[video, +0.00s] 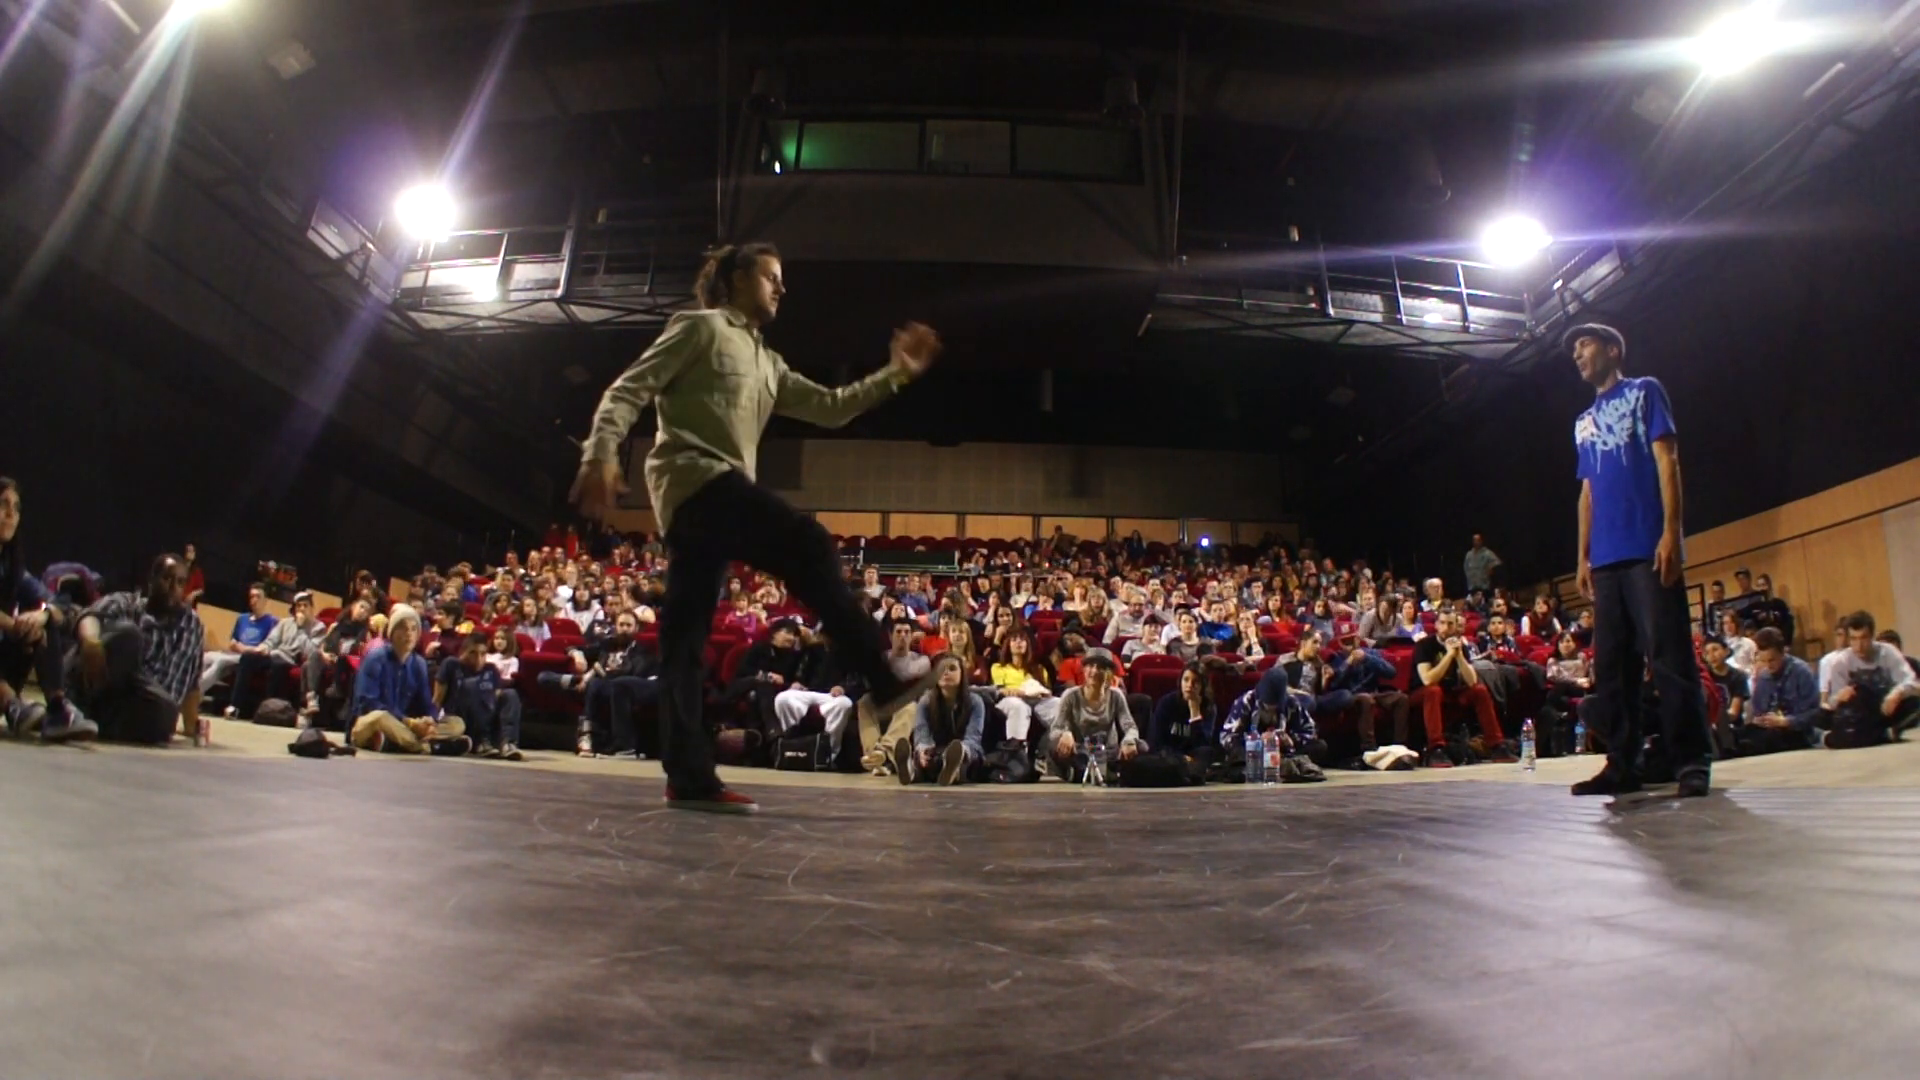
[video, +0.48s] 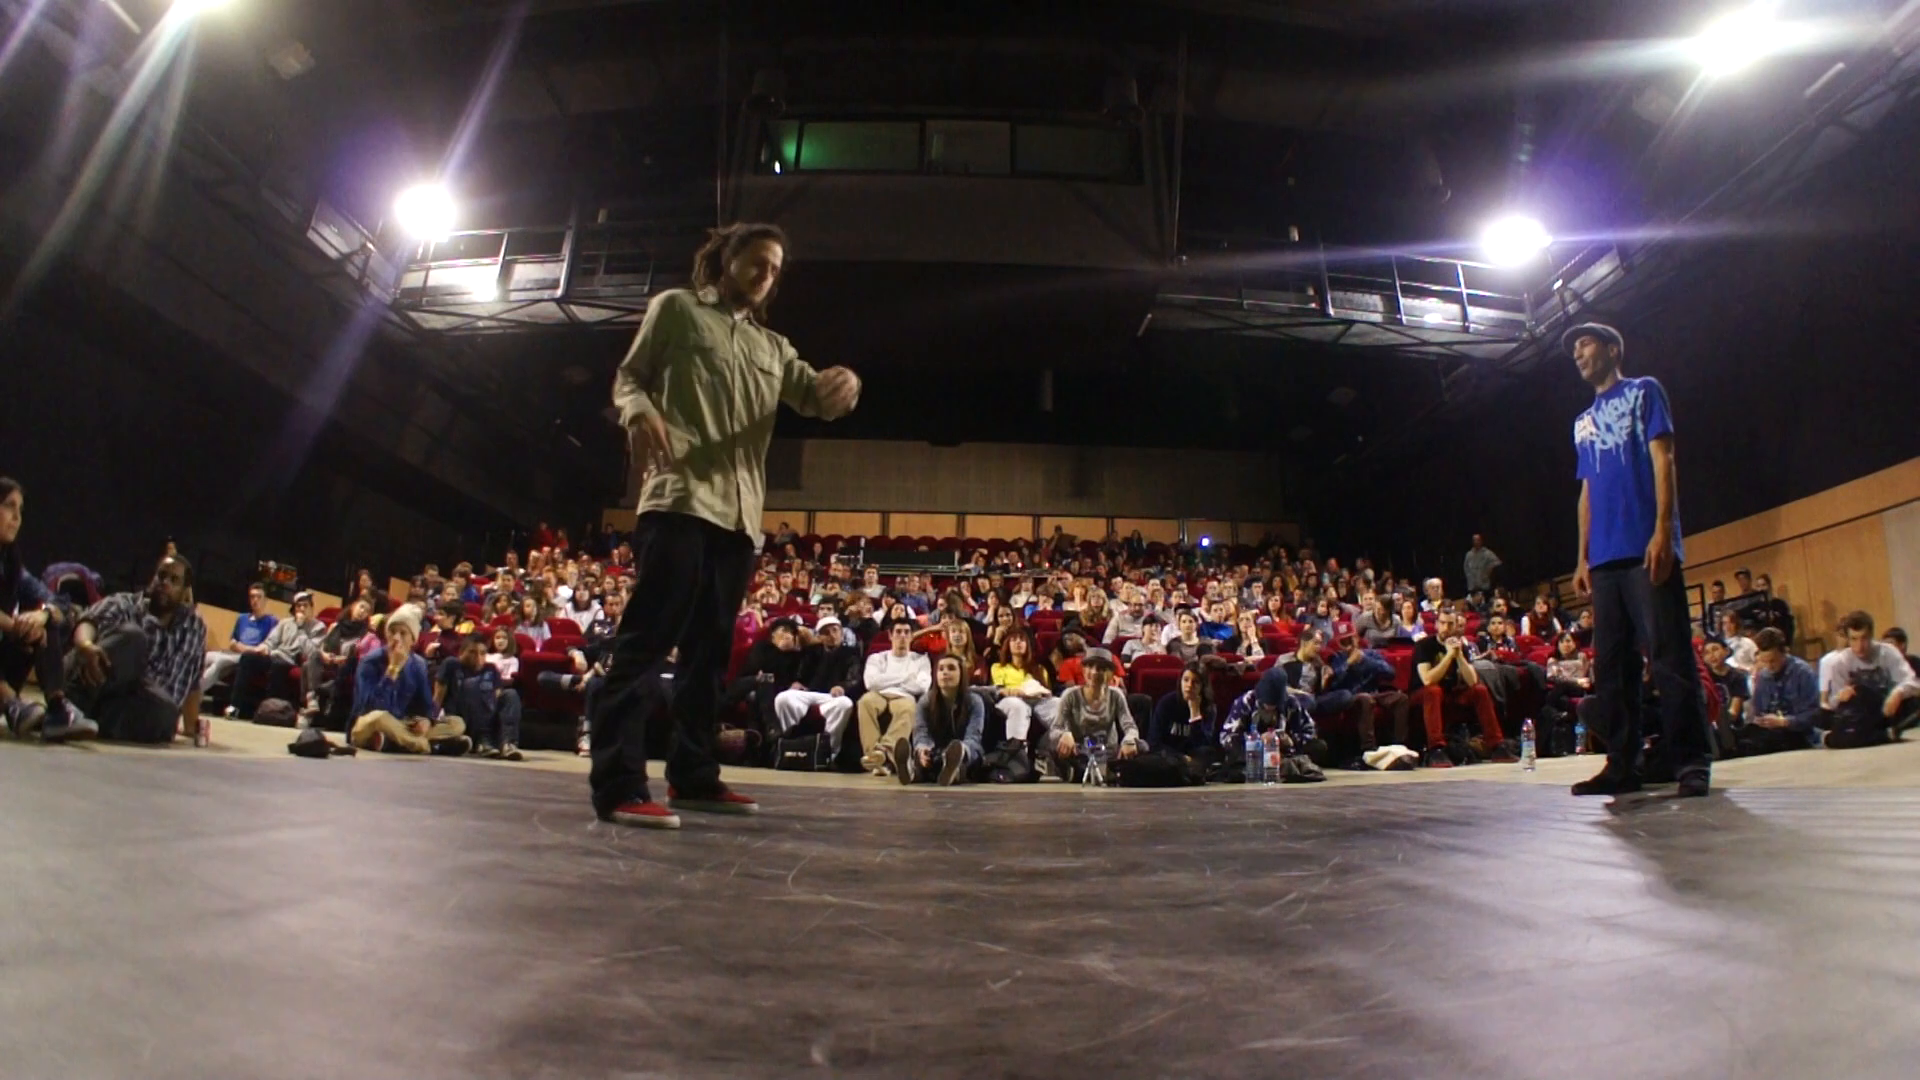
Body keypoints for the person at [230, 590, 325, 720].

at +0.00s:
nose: (302, 609)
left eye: (306, 606)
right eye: (299, 606)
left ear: (312, 609)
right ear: (294, 609)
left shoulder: (319, 628)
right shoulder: (286, 623)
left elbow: (310, 652)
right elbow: (271, 640)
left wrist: (301, 628)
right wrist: (264, 648)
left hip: (292, 660)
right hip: (273, 656)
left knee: (277, 666)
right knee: (248, 657)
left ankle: (270, 709)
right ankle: (235, 706)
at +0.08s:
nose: (302, 609)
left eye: (306, 606)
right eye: (298, 606)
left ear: (312, 609)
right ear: (294, 609)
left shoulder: (319, 628)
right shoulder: (285, 623)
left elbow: (310, 652)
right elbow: (271, 640)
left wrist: (301, 628)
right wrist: (264, 648)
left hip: (292, 660)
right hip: (273, 656)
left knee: (277, 666)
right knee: (247, 658)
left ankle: (271, 709)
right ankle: (235, 706)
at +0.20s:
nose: (302, 609)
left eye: (306, 606)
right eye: (299, 606)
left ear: (312, 609)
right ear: (294, 608)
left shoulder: (319, 628)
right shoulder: (286, 623)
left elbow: (310, 652)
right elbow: (271, 640)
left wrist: (301, 628)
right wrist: (264, 648)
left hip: (292, 660)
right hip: (273, 656)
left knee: (277, 666)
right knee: (247, 658)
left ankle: (271, 709)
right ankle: (235, 706)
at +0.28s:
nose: (302, 609)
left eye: (306, 606)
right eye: (299, 606)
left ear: (312, 609)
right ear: (294, 609)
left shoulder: (319, 628)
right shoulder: (286, 623)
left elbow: (310, 652)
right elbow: (271, 640)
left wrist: (301, 628)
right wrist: (264, 648)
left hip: (292, 660)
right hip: (273, 656)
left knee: (277, 666)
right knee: (247, 657)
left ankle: (271, 709)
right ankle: (235, 706)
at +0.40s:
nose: (302, 609)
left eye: (305, 606)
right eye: (299, 606)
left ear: (312, 608)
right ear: (294, 608)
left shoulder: (319, 628)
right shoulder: (285, 623)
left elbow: (310, 652)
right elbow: (271, 640)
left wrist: (300, 627)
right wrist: (265, 647)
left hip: (292, 661)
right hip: (273, 656)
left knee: (277, 667)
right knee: (248, 657)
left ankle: (270, 709)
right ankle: (235, 705)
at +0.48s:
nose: (302, 609)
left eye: (306, 606)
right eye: (299, 606)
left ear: (312, 608)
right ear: (294, 608)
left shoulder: (319, 628)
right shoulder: (285, 623)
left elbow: (310, 652)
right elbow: (271, 640)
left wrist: (301, 627)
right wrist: (264, 648)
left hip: (292, 660)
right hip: (273, 656)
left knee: (277, 666)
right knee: (248, 657)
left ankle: (270, 709)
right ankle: (235, 705)